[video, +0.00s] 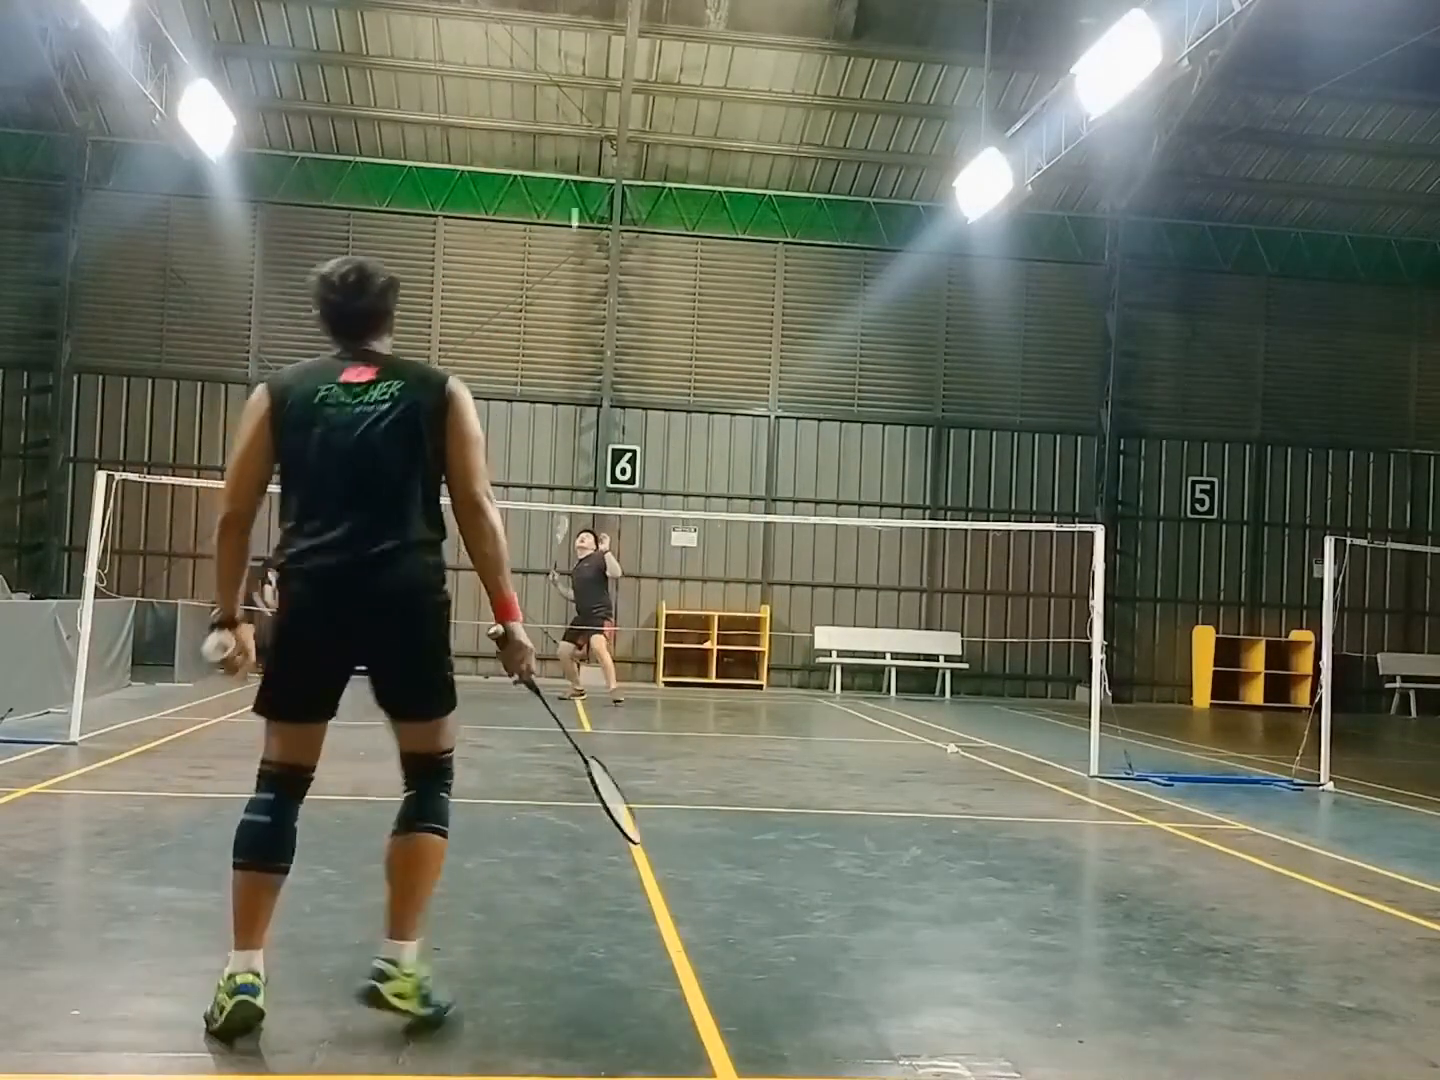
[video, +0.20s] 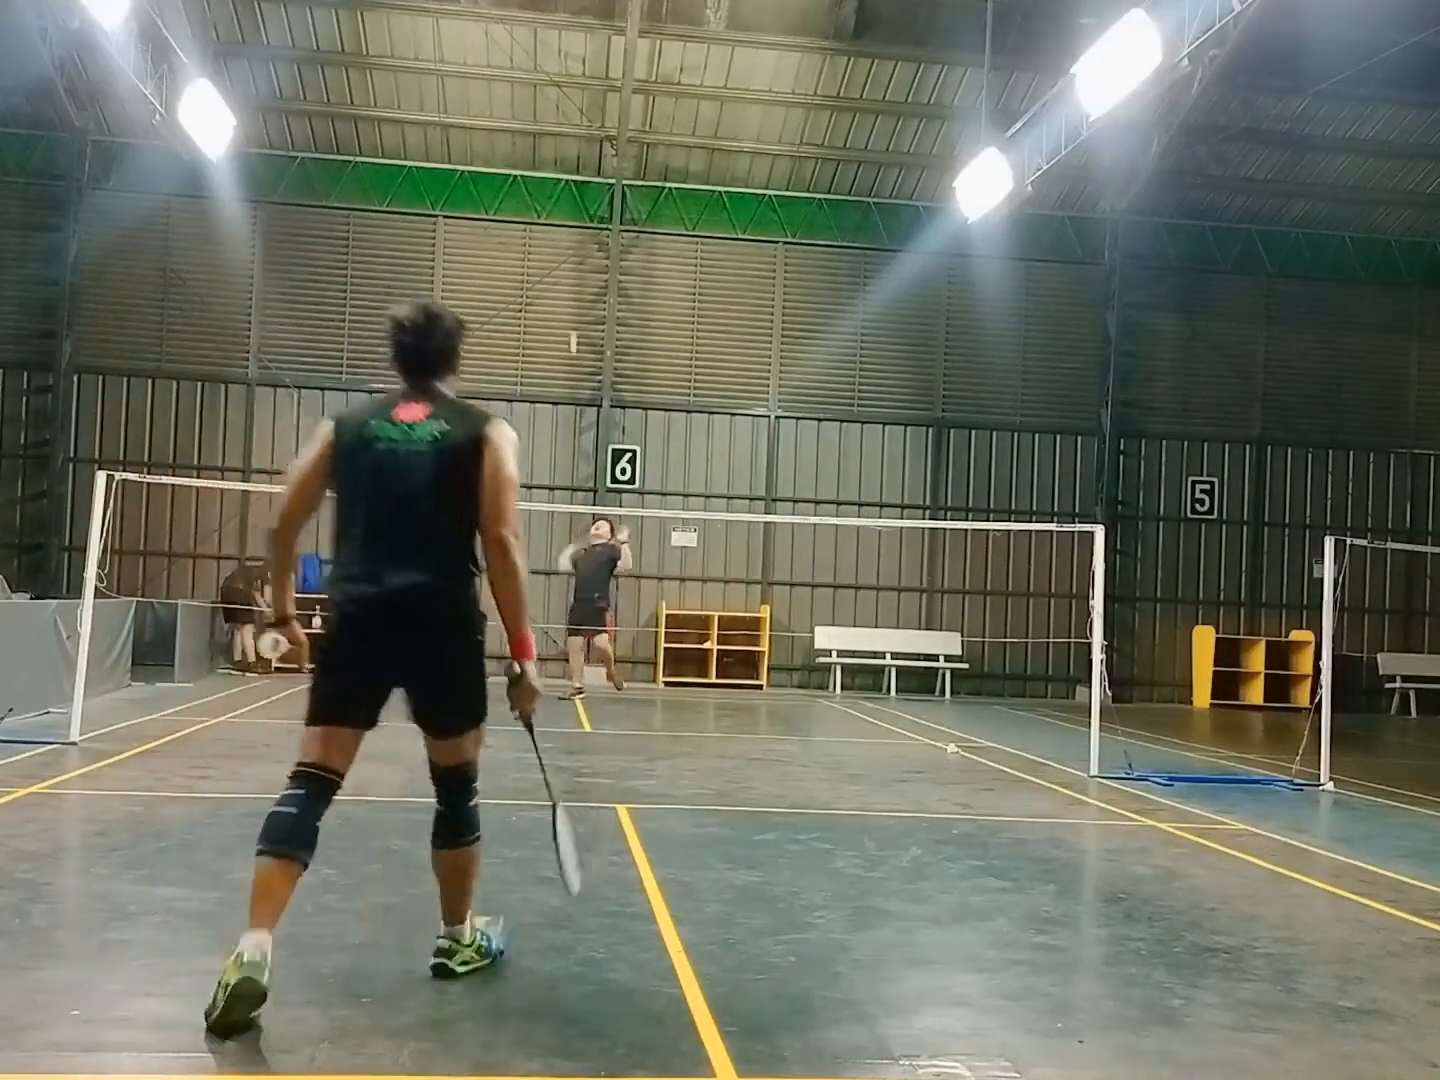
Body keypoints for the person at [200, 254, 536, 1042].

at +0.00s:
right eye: (384, 313)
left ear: (323, 321)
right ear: (392, 319)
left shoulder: (281, 394)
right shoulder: (440, 392)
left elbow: (236, 510)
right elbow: (475, 509)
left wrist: (229, 615)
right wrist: (510, 619)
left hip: (311, 610)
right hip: (409, 611)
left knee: (280, 782)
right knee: (427, 776)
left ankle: (245, 974)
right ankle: (401, 963)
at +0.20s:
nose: (450, 367)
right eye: (455, 357)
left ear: (395, 361)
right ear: (456, 362)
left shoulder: (347, 427)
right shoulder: (485, 431)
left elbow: (283, 526)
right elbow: (500, 542)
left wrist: (285, 619)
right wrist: (523, 659)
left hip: (355, 627)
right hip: (443, 630)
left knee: (313, 779)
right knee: (456, 789)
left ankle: (254, 946)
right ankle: (458, 937)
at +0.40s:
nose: (515, 371)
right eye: (517, 362)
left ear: (459, 362)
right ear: (517, 367)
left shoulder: (410, 424)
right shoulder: (540, 439)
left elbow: (368, 522)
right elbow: (549, 549)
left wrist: (350, 602)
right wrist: (566, 648)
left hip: (415, 620)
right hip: (492, 628)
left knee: (399, 753)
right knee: (487, 774)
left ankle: (342, 866)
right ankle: (461, 932)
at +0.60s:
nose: (545, 375)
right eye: (546, 366)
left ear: (489, 368)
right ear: (545, 370)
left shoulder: (444, 424)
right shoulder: (562, 435)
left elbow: (409, 517)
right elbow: (575, 537)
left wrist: (407, 603)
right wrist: (610, 617)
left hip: (447, 608)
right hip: (513, 612)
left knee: (464, 743)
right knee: (523, 757)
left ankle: (444, 891)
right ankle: (464, 910)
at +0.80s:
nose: (592, 394)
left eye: (589, 383)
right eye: (588, 385)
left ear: (532, 392)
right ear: (572, 393)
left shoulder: (487, 448)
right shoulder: (581, 461)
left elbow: (446, 533)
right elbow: (609, 547)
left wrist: (435, 612)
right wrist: (698, 545)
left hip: (482, 629)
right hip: (550, 627)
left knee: (484, 758)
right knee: (627, 745)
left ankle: (440, 898)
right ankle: (580, 891)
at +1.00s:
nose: (681, 375)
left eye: (676, 364)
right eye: (671, 366)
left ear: (627, 378)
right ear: (643, 381)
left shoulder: (577, 414)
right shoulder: (673, 440)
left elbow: (515, 491)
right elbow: (786, 463)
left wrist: (498, 557)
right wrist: (874, 461)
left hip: (522, 593)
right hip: (581, 606)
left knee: (496, 731)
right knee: (637, 751)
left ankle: (449, 864)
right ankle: (673, 909)